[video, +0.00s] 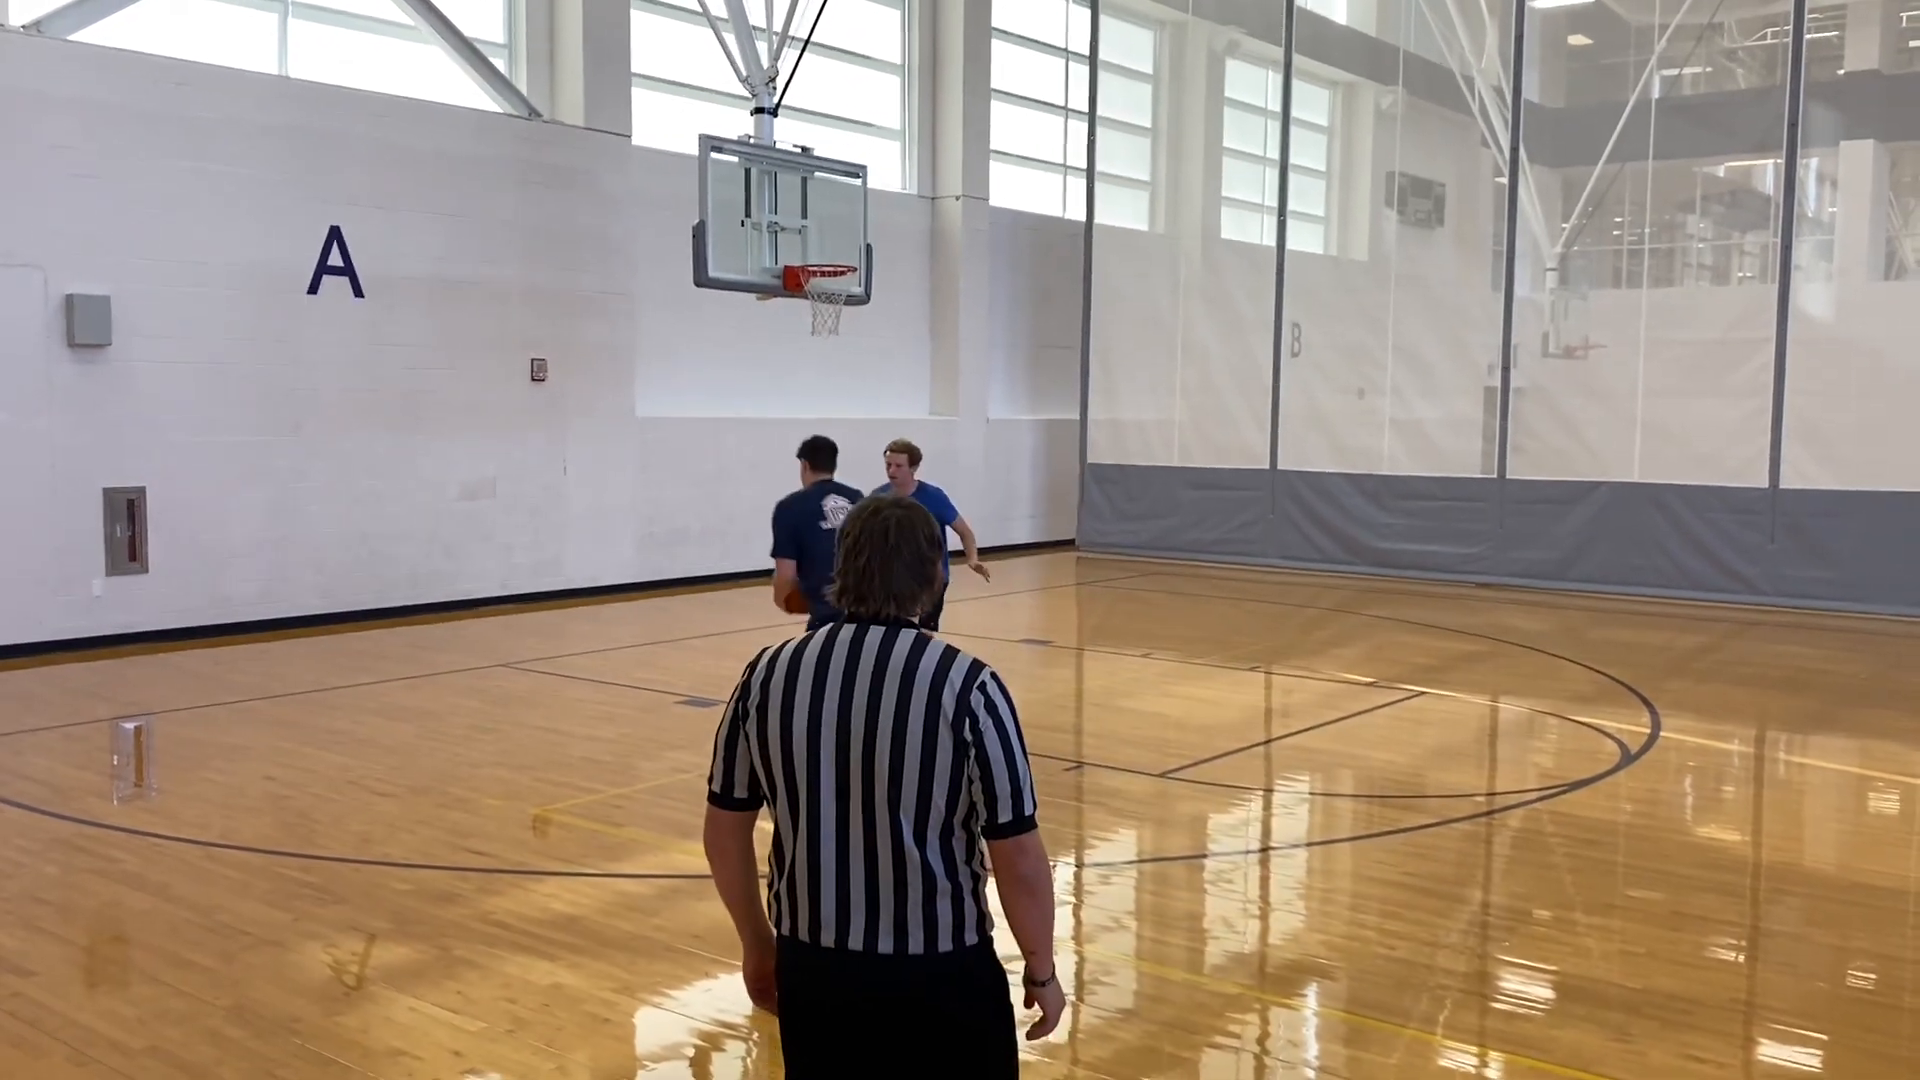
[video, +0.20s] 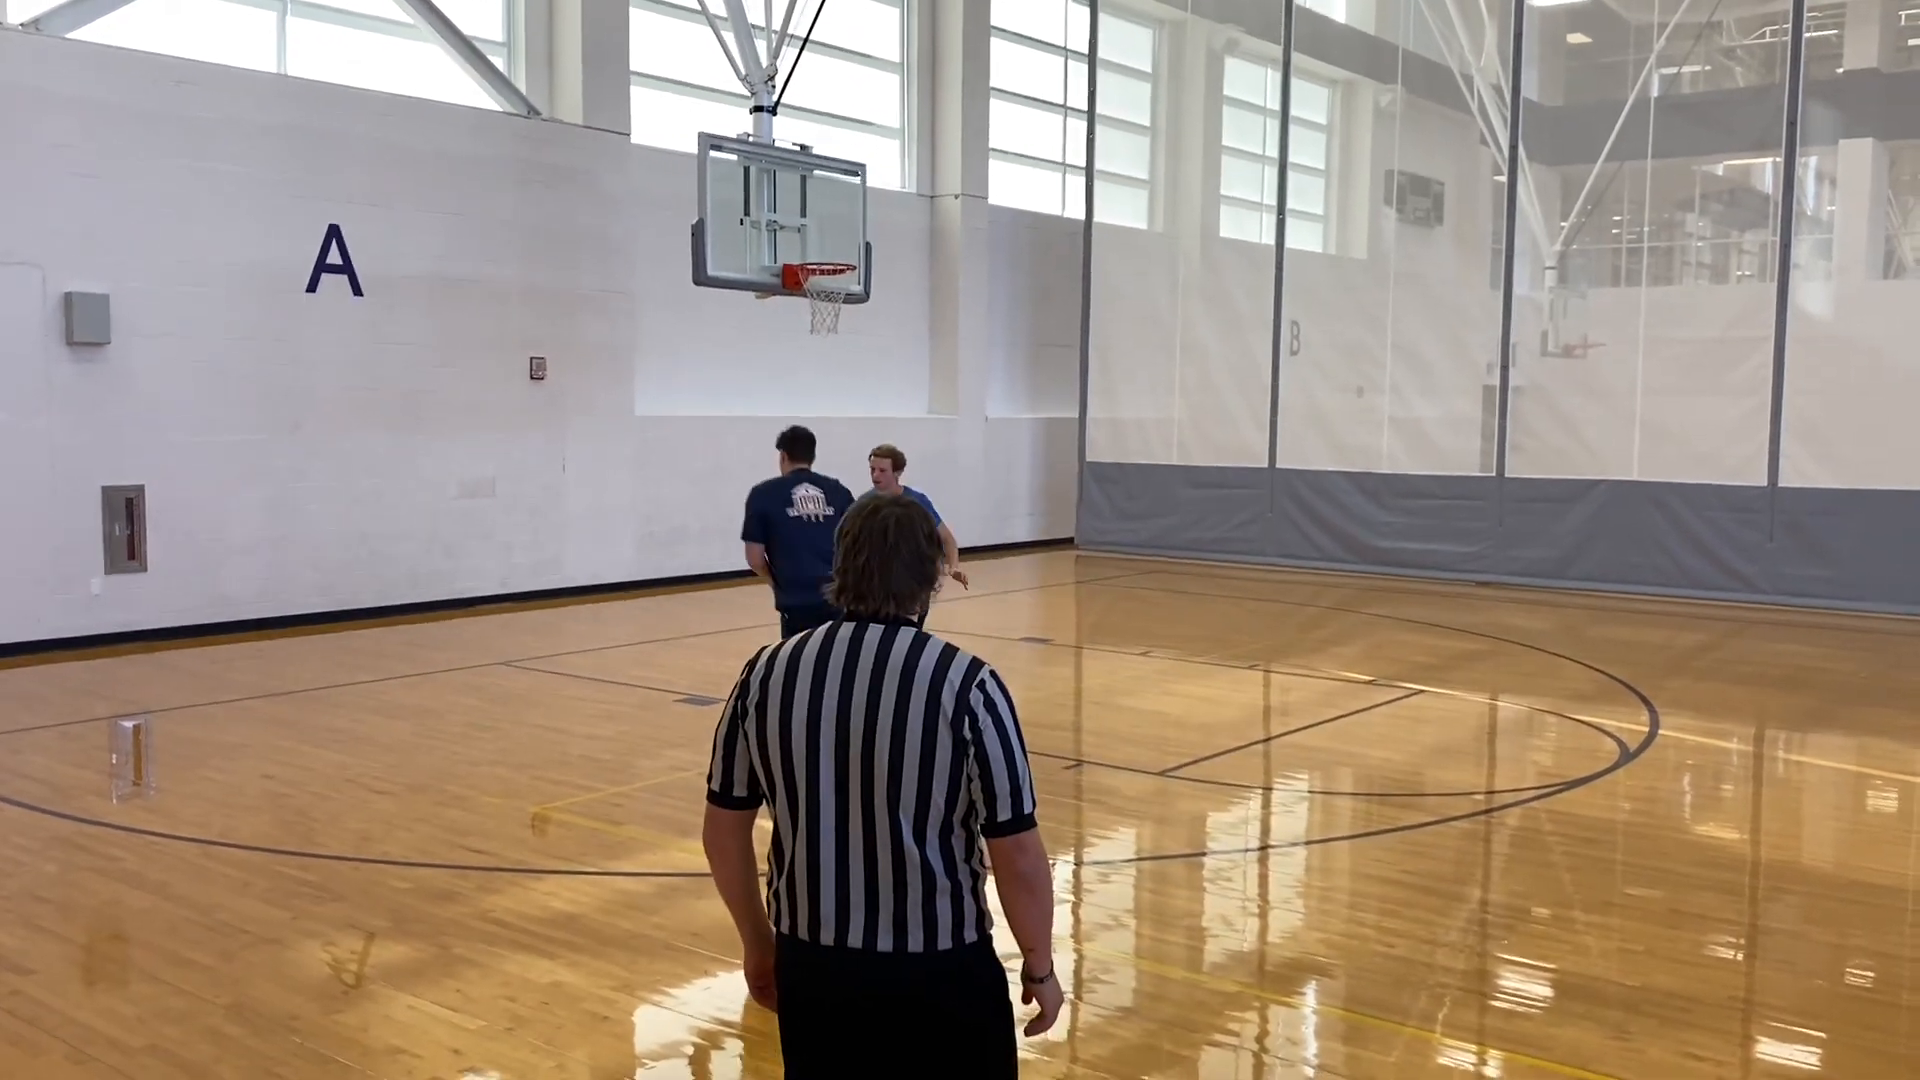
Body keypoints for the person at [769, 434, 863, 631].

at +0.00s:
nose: (800, 471)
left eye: (800, 466)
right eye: (799, 466)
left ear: (805, 466)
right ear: (833, 466)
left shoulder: (790, 507)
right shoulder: (857, 498)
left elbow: (787, 574)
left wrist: (781, 600)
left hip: (826, 615)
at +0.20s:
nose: (779, 461)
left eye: (779, 455)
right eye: (779, 455)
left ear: (784, 456)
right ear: (812, 457)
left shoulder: (763, 494)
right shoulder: (838, 490)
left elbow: (755, 560)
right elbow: (857, 540)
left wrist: (779, 581)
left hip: (795, 603)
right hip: (839, 600)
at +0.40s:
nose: (761, 458)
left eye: (761, 453)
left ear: (765, 454)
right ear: (793, 456)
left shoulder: (742, 485)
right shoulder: (813, 486)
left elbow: (725, 547)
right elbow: (847, 532)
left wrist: (754, 561)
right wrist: (819, 561)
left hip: (767, 592)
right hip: (808, 590)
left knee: (781, 661)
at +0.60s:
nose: (743, 462)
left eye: (743, 456)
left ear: (747, 458)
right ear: (775, 460)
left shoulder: (724, 488)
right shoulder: (794, 493)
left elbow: (702, 547)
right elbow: (826, 544)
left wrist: (731, 561)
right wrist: (793, 568)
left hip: (740, 594)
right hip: (780, 594)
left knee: (750, 667)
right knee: (761, 663)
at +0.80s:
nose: (727, 466)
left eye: (726, 462)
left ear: (728, 463)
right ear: (756, 465)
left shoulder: (706, 496)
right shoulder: (772, 501)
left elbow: (684, 552)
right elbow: (800, 557)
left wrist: (704, 573)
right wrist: (769, 573)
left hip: (718, 596)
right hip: (758, 596)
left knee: (724, 683)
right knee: (734, 655)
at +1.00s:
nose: (699, 471)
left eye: (699, 467)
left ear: (702, 468)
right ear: (729, 469)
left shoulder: (683, 499)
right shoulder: (747, 505)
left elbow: (663, 552)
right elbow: (764, 563)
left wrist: (670, 580)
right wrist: (739, 576)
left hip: (698, 595)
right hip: (738, 595)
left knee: (678, 675)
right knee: (713, 657)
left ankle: (735, 693)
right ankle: (742, 706)